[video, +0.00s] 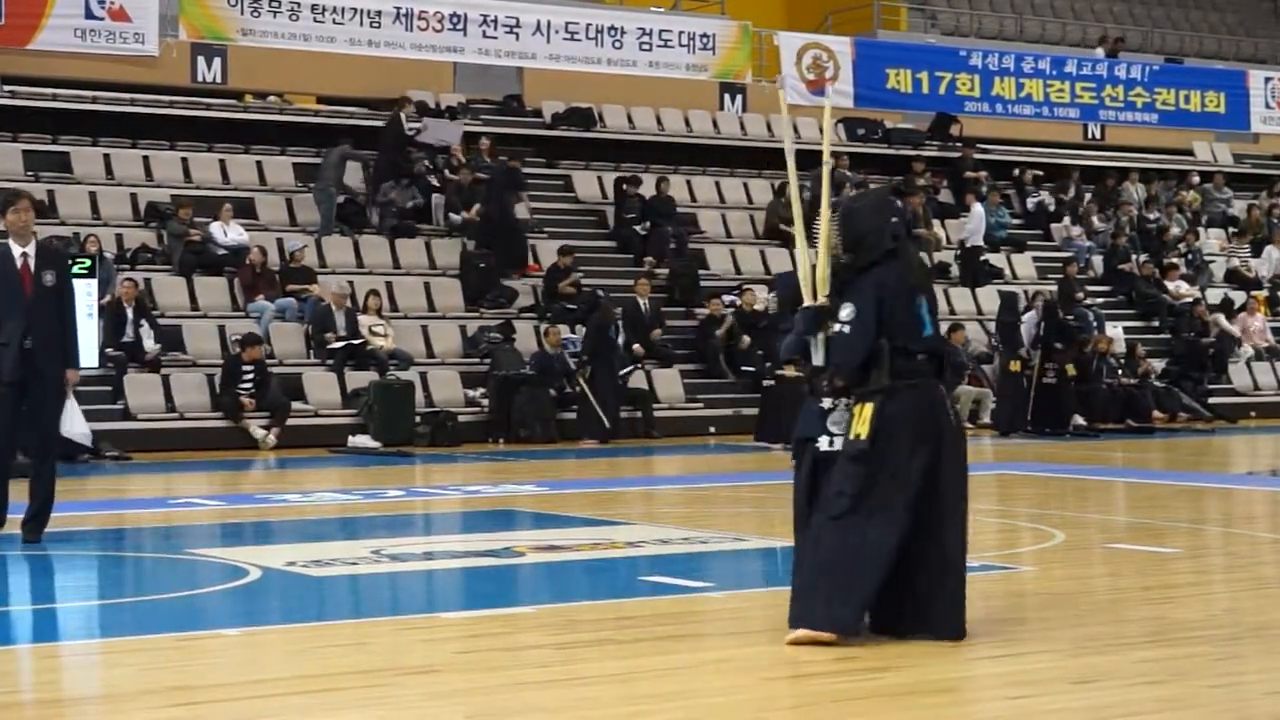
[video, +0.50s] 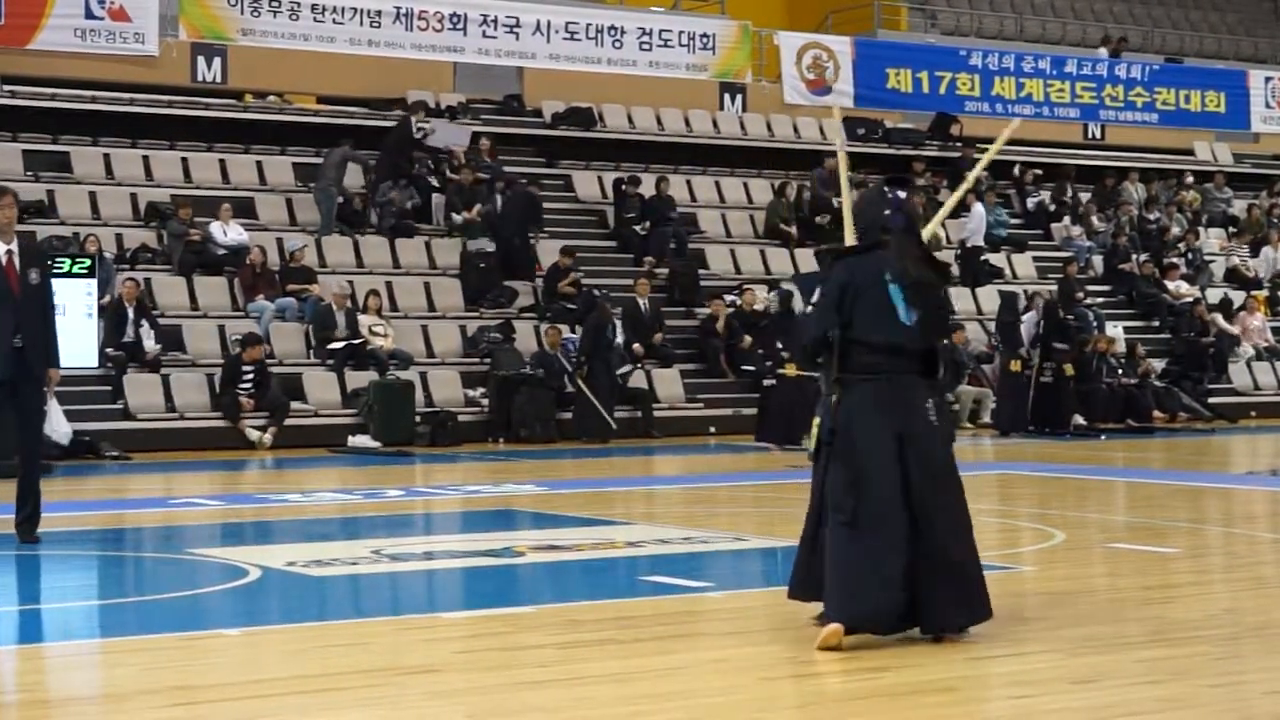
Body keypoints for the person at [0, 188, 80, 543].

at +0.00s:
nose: (23, 216)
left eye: (28, 211)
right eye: (16, 212)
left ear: (35, 216)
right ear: (4, 219)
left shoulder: (54, 257)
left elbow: (67, 313)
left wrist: (72, 362)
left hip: (46, 364)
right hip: (6, 365)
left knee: (44, 446)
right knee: (3, 445)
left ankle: (34, 525)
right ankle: (1, 513)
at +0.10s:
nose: (19, 216)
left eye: (24, 210)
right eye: (13, 211)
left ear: (33, 216)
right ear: (2, 219)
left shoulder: (51, 256)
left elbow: (64, 313)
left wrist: (69, 362)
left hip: (45, 365)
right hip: (7, 366)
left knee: (43, 449)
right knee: (4, 448)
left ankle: (34, 525)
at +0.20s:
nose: (17, 216)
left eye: (22, 210)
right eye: (10, 210)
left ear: (30, 216)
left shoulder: (46, 258)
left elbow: (59, 313)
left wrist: (65, 362)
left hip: (41, 365)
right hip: (4, 366)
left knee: (40, 447)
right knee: (4, 445)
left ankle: (34, 523)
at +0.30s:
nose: (14, 214)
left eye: (18, 208)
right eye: (7, 208)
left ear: (26, 213)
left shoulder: (41, 255)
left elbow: (55, 312)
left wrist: (61, 361)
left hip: (36, 363)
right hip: (3, 363)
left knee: (37, 446)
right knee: (5, 445)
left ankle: (32, 524)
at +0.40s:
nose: (9, 213)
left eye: (13, 207)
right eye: (4, 208)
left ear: (21, 211)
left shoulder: (37, 254)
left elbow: (50, 313)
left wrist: (56, 362)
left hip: (32, 363)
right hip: (4, 363)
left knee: (32, 447)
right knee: (16, 447)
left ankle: (30, 524)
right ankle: (25, 521)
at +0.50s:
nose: (6, 212)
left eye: (10, 206)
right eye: (1, 207)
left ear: (18, 211)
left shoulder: (33, 253)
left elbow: (46, 313)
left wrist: (52, 362)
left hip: (29, 362)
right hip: (2, 362)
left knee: (30, 446)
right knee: (14, 447)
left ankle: (27, 523)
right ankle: (22, 520)